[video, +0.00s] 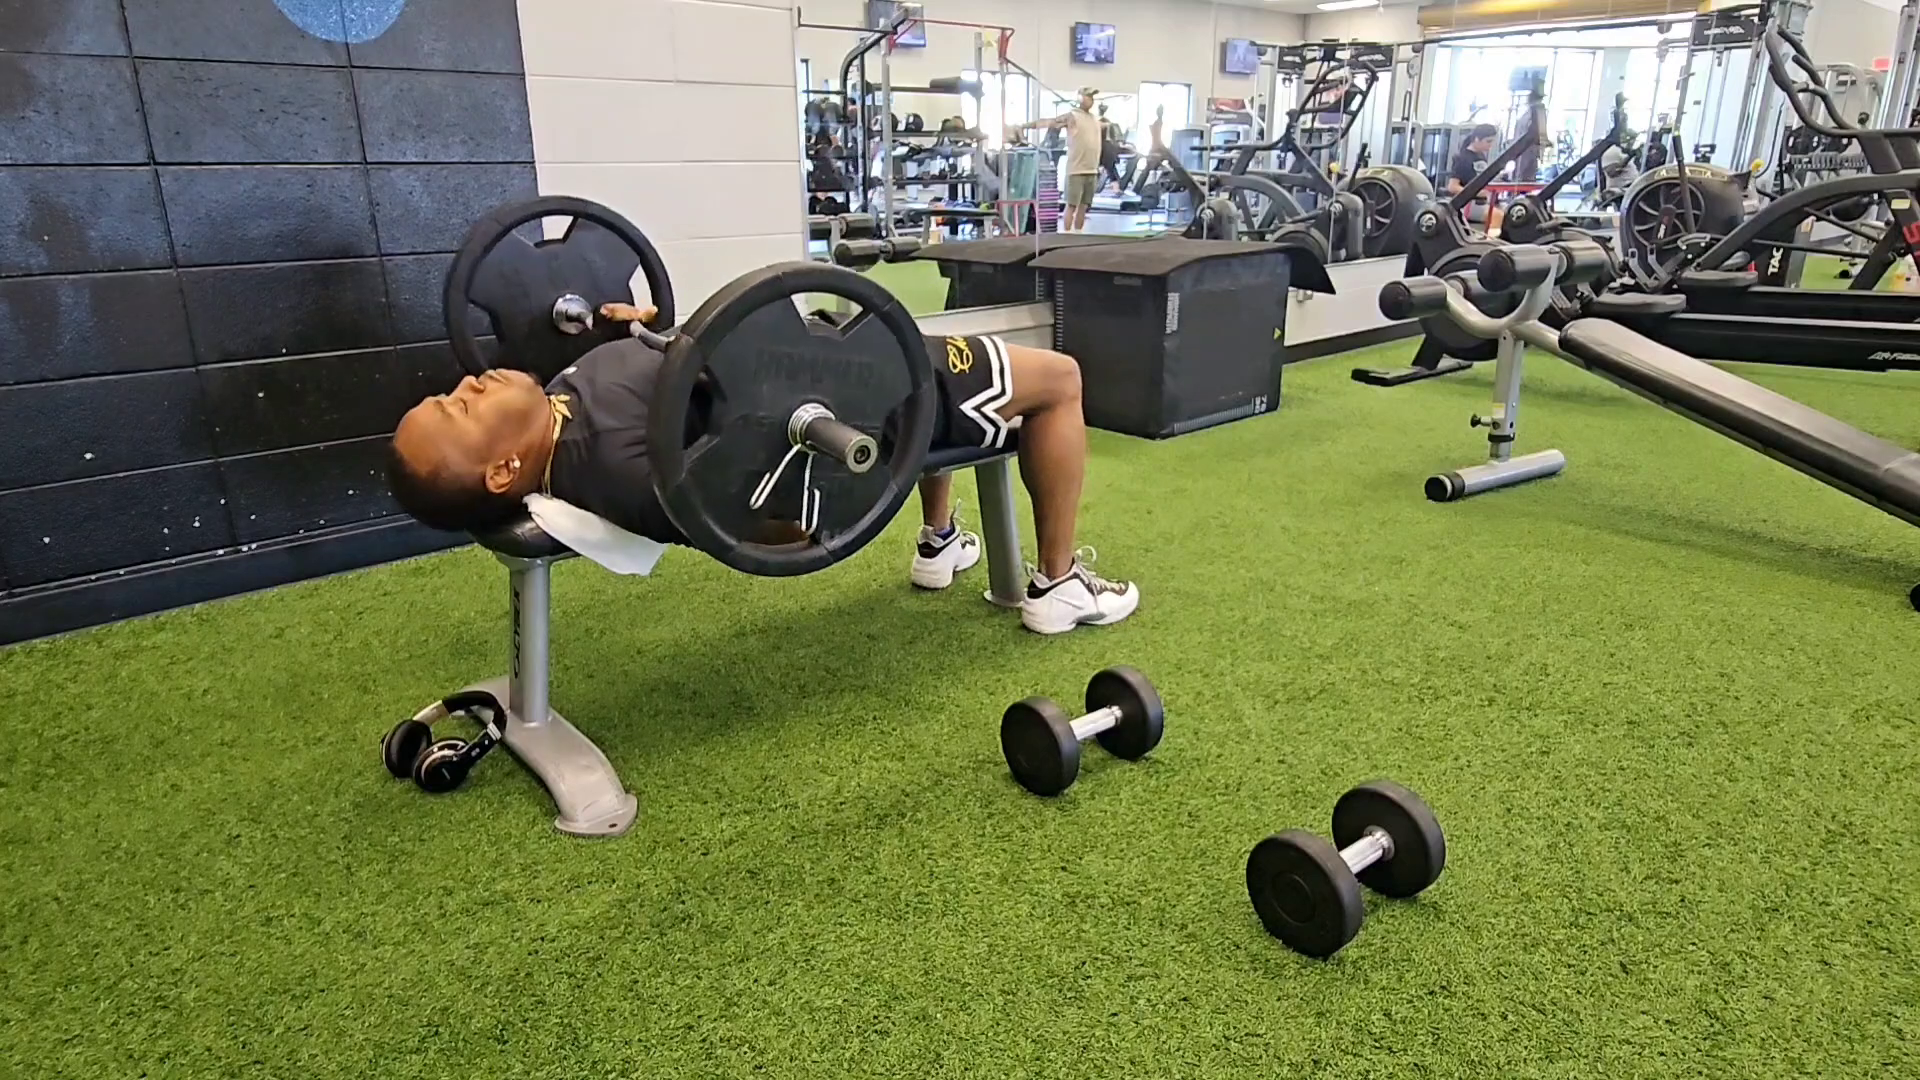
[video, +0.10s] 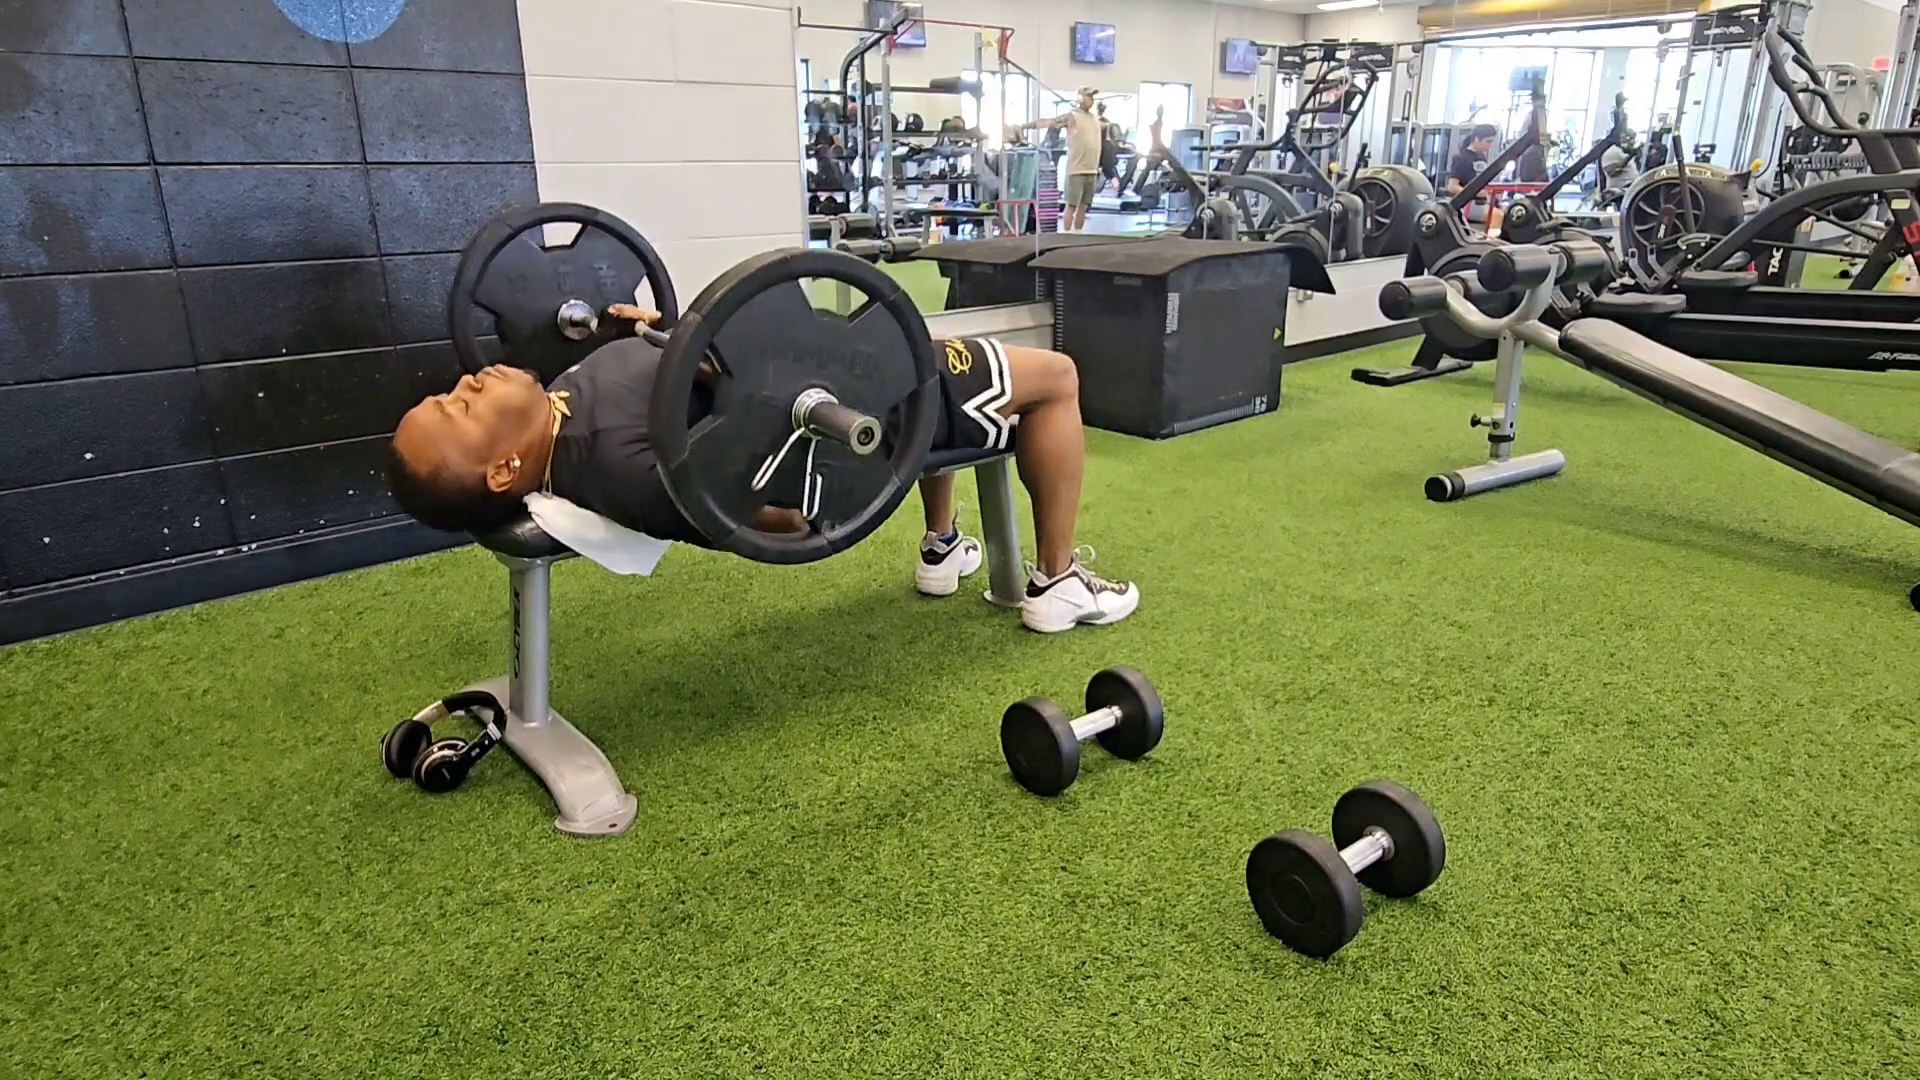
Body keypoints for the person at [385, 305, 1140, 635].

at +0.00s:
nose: (471, 372)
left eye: (446, 384)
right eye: (459, 399)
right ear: (508, 475)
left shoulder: (548, 405)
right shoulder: (634, 472)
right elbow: (786, 520)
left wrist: (628, 336)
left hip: (790, 369)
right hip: (854, 419)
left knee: (932, 342)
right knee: (1057, 378)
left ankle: (942, 541)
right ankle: (1058, 581)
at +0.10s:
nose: (470, 371)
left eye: (441, 385)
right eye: (459, 400)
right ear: (508, 475)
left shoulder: (552, 404)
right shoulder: (631, 470)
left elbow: (624, 369)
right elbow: (781, 516)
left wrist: (635, 333)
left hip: (789, 375)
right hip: (849, 425)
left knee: (925, 346)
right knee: (1053, 374)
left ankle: (944, 546)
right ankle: (1056, 581)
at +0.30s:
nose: (470, 373)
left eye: (445, 386)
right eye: (459, 397)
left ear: (501, 461)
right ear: (507, 465)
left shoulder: (559, 405)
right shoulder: (615, 459)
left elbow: (646, 350)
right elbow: (757, 444)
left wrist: (640, 275)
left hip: (788, 377)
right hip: (839, 416)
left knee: (932, 346)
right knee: (1054, 374)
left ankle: (943, 542)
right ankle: (1055, 579)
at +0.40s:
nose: (459, 376)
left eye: (440, 390)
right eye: (451, 405)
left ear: (497, 466)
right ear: (502, 472)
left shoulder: (548, 401)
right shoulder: (614, 453)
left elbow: (596, 316)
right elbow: (740, 369)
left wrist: (602, 203)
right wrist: (770, 213)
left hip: (802, 358)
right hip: (842, 394)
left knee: (938, 339)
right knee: (1053, 379)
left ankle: (946, 546)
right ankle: (1057, 580)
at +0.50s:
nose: (469, 376)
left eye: (443, 389)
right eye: (460, 401)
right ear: (503, 466)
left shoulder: (544, 384)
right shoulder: (615, 444)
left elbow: (573, 261)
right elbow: (698, 294)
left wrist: (574, 133)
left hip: (801, 348)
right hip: (848, 391)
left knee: (936, 354)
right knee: (1051, 374)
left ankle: (955, 544)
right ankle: (1055, 578)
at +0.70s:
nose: (462, 375)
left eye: (440, 390)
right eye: (451, 406)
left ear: (498, 466)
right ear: (501, 471)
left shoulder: (538, 403)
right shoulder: (615, 455)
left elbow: (599, 315)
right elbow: (743, 353)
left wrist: (590, 199)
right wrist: (721, 202)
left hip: (799, 352)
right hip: (846, 393)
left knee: (931, 341)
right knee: (1052, 377)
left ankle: (951, 543)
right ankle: (1048, 578)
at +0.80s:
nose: (479, 373)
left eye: (451, 385)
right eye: (465, 399)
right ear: (504, 470)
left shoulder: (553, 398)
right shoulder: (622, 458)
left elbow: (611, 331)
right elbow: (753, 397)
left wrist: (591, 248)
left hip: (798, 365)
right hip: (843, 407)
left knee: (933, 345)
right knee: (1054, 377)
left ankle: (957, 546)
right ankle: (1045, 577)